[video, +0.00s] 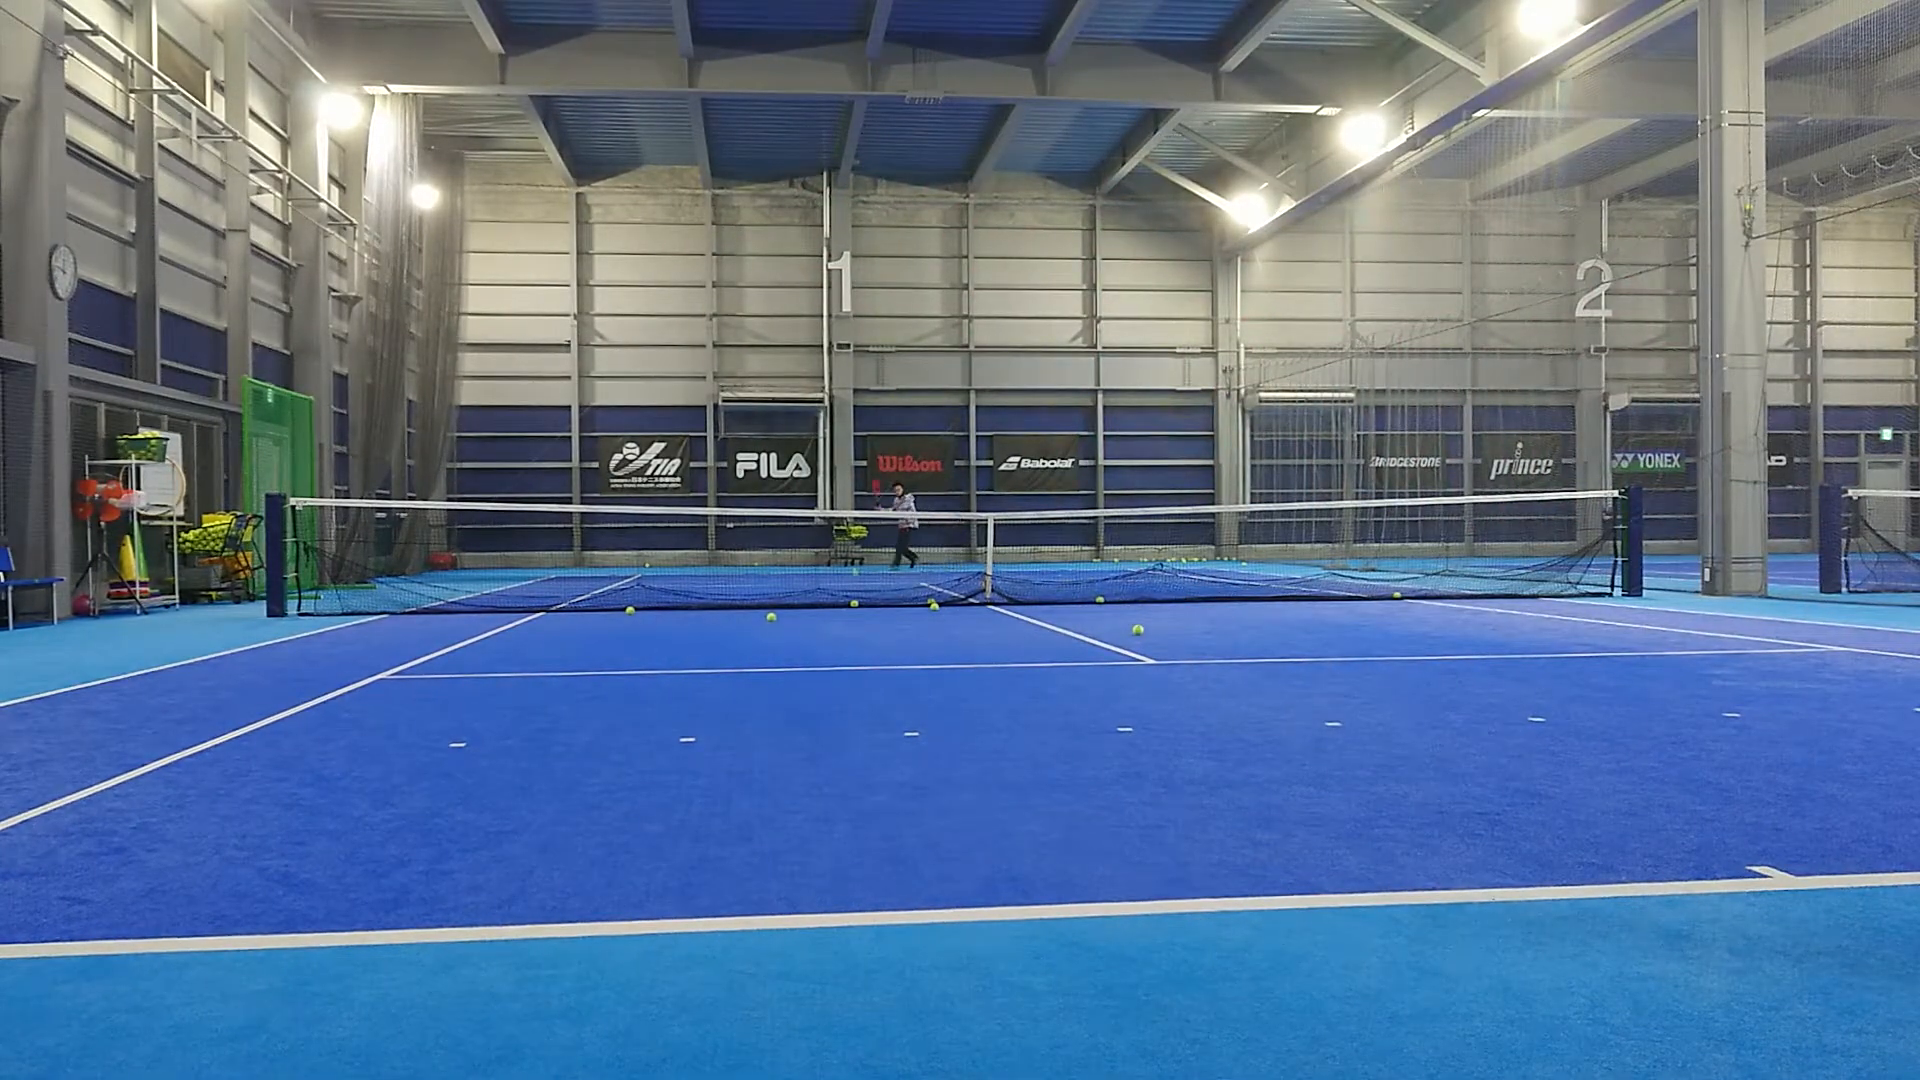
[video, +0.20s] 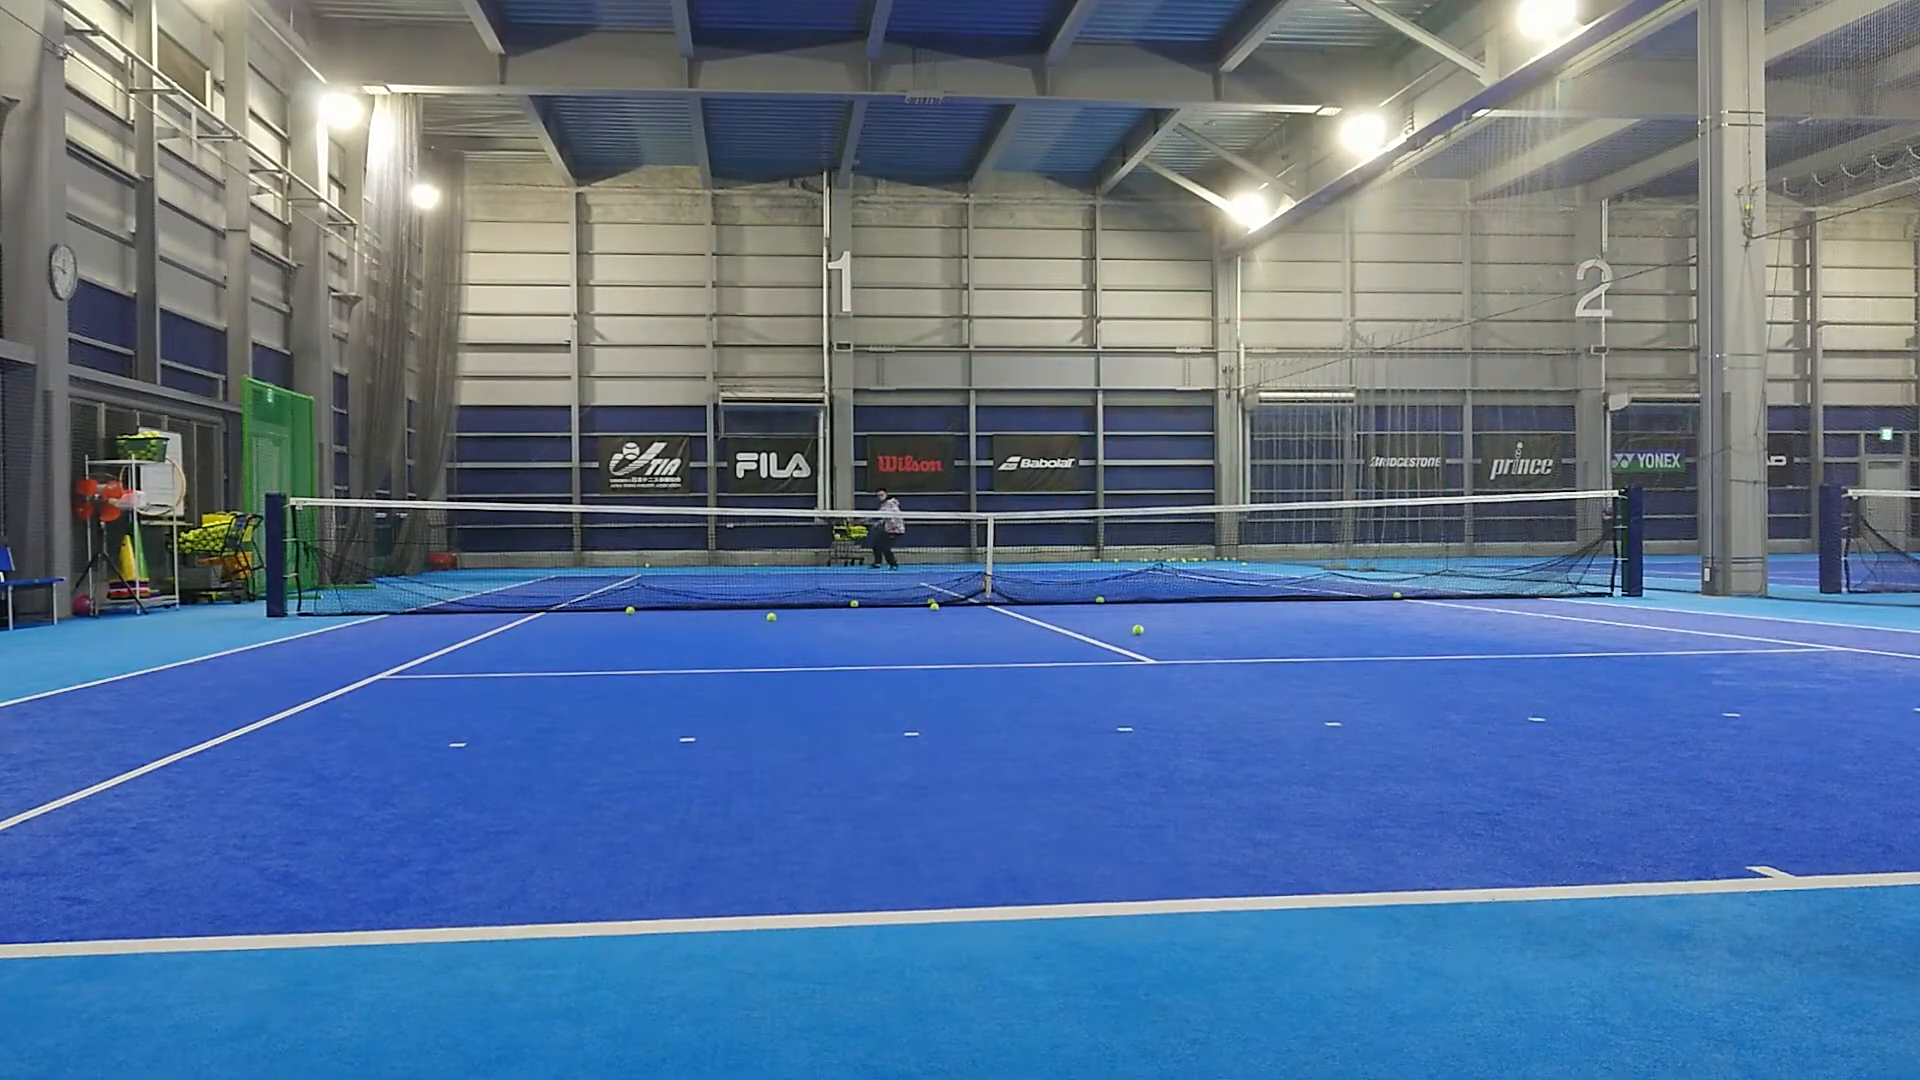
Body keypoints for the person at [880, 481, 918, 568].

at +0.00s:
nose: (897, 492)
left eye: (899, 489)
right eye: (895, 490)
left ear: (903, 489)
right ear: (894, 491)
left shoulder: (908, 499)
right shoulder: (896, 500)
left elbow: (912, 511)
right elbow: (893, 509)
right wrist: (882, 510)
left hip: (908, 524)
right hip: (901, 524)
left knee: (901, 546)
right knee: (900, 546)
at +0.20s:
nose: (880, 497)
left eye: (882, 495)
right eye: (879, 495)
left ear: (886, 494)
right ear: (877, 497)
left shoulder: (891, 504)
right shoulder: (883, 506)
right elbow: (882, 518)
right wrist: (877, 524)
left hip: (891, 529)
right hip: (884, 529)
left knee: (885, 546)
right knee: (876, 544)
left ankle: (893, 563)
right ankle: (877, 562)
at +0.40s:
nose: (863, 500)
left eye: (865, 498)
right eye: (862, 499)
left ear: (869, 497)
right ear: (860, 500)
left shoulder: (877, 506)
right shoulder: (865, 510)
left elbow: (880, 520)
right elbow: (866, 523)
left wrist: (876, 529)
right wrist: (866, 530)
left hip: (879, 532)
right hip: (870, 532)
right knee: (876, 551)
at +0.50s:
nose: (859, 500)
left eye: (860, 498)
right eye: (857, 499)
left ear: (865, 497)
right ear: (856, 500)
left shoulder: (873, 504)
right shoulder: (860, 509)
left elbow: (883, 499)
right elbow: (860, 521)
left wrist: (871, 502)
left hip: (877, 531)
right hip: (866, 532)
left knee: (873, 546)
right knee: (857, 544)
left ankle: (878, 562)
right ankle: (858, 565)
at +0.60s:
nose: (857, 496)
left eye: (858, 494)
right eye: (855, 495)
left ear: (863, 493)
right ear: (854, 496)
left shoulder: (871, 500)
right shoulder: (856, 505)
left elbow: (877, 498)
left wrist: (881, 497)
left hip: (873, 527)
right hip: (862, 528)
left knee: (872, 543)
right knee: (856, 545)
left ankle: (871, 559)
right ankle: (858, 564)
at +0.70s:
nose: (858, 489)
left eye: (860, 487)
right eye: (856, 488)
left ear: (863, 487)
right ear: (853, 489)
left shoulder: (870, 495)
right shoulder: (854, 499)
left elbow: (880, 495)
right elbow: (862, 501)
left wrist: (885, 495)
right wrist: (873, 496)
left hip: (871, 521)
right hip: (860, 523)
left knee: (873, 533)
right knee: (857, 545)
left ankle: (871, 549)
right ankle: (858, 564)